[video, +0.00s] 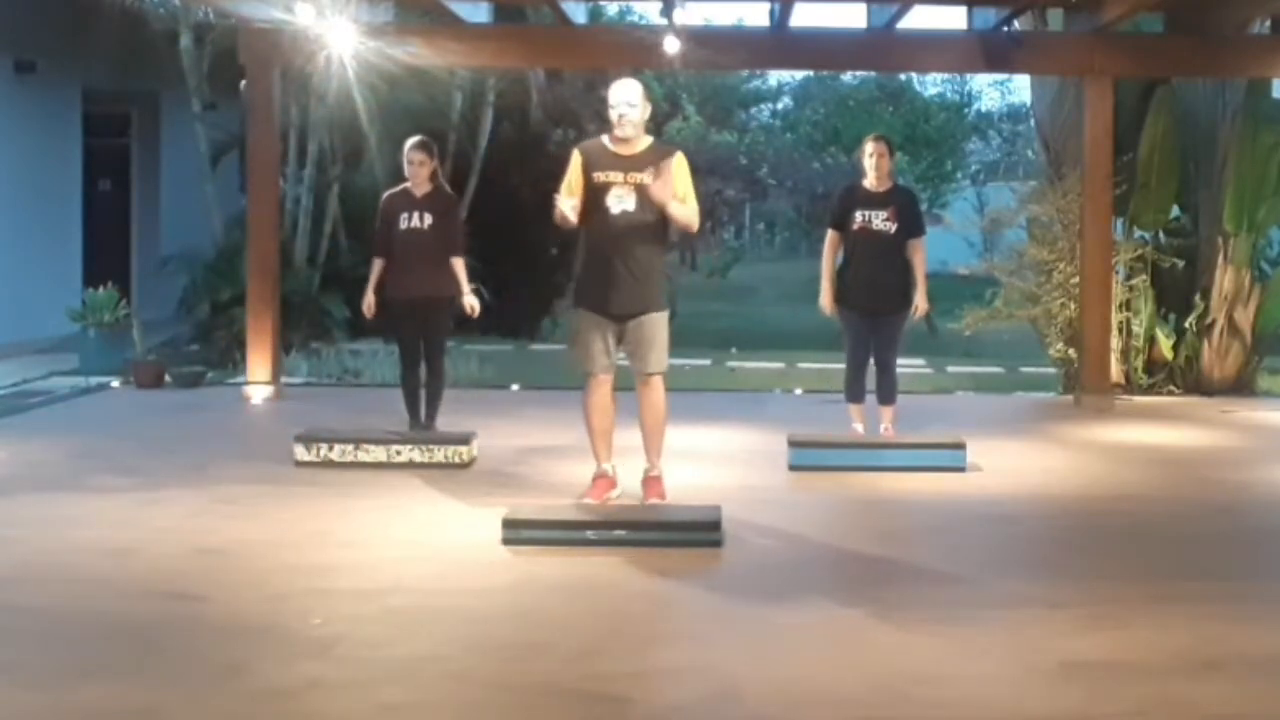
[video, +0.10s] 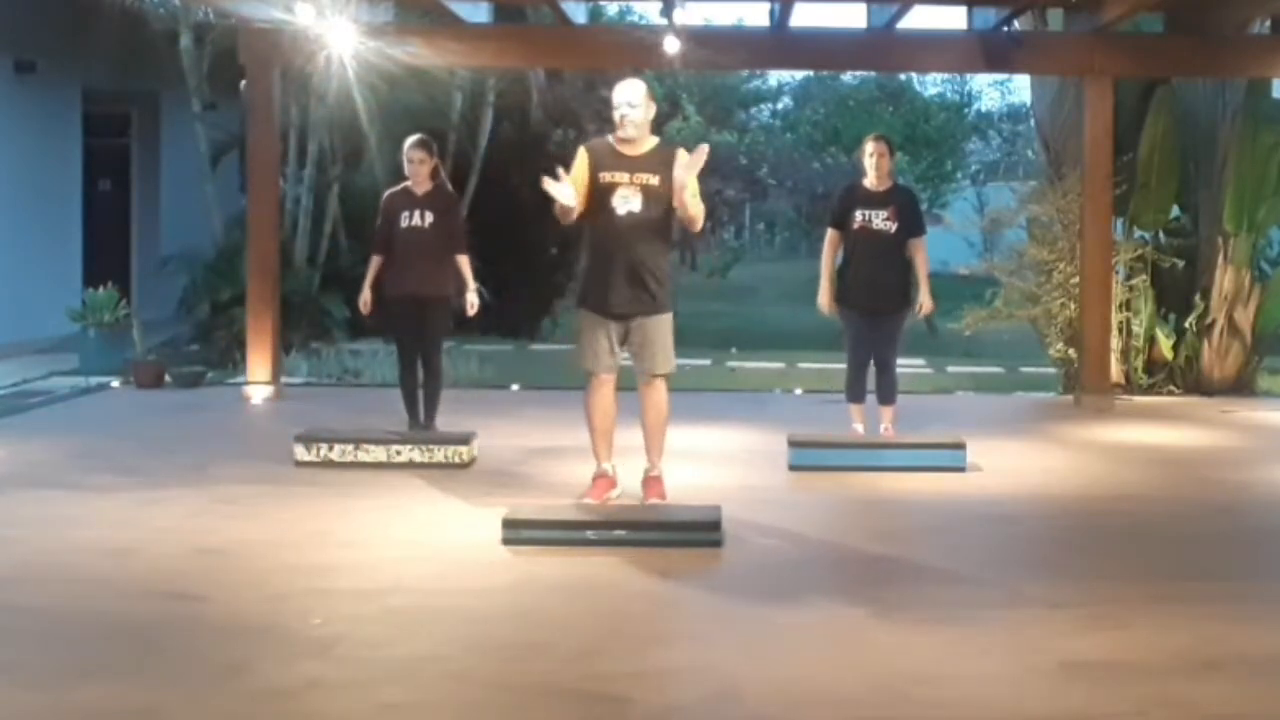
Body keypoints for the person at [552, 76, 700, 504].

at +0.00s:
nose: (623, 115)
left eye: (631, 107)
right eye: (617, 107)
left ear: (647, 111)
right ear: (607, 111)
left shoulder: (669, 159)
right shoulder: (586, 155)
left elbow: (692, 221)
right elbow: (569, 213)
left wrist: (664, 199)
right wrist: (565, 210)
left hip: (647, 289)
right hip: (594, 288)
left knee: (651, 378)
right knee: (599, 378)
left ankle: (653, 472)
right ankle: (603, 472)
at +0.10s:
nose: (623, 115)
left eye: (632, 108)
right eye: (618, 108)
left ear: (651, 112)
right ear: (611, 112)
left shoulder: (672, 160)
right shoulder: (591, 154)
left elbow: (695, 224)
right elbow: (569, 214)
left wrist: (685, 186)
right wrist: (565, 202)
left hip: (651, 289)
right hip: (600, 287)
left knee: (654, 380)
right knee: (601, 377)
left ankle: (654, 471)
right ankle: (603, 471)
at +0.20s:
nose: (626, 115)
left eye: (634, 107)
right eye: (620, 108)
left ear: (655, 110)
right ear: (614, 112)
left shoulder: (677, 158)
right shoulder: (596, 153)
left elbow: (696, 221)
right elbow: (572, 212)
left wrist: (670, 189)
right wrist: (580, 192)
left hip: (655, 288)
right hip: (603, 286)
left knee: (655, 378)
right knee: (603, 376)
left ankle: (654, 472)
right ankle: (603, 470)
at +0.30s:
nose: (625, 116)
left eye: (634, 108)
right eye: (620, 109)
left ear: (657, 110)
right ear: (616, 112)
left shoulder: (683, 158)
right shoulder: (600, 152)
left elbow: (691, 216)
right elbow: (580, 208)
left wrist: (641, 199)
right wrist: (613, 191)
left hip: (658, 289)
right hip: (605, 286)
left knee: (657, 379)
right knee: (603, 376)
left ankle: (654, 473)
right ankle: (603, 469)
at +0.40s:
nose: (628, 117)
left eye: (637, 109)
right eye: (623, 109)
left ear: (661, 112)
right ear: (618, 113)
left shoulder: (685, 157)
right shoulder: (605, 153)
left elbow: (686, 212)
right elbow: (582, 210)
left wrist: (632, 178)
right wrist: (612, 200)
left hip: (660, 288)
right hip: (608, 284)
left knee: (659, 379)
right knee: (600, 372)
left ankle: (655, 471)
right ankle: (600, 463)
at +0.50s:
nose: (631, 118)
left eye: (639, 110)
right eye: (626, 110)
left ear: (663, 113)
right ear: (621, 114)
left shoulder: (685, 156)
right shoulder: (607, 154)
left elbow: (683, 201)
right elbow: (583, 206)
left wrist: (634, 159)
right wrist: (595, 219)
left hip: (662, 289)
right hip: (610, 283)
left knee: (661, 379)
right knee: (594, 363)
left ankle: (656, 470)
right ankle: (603, 449)